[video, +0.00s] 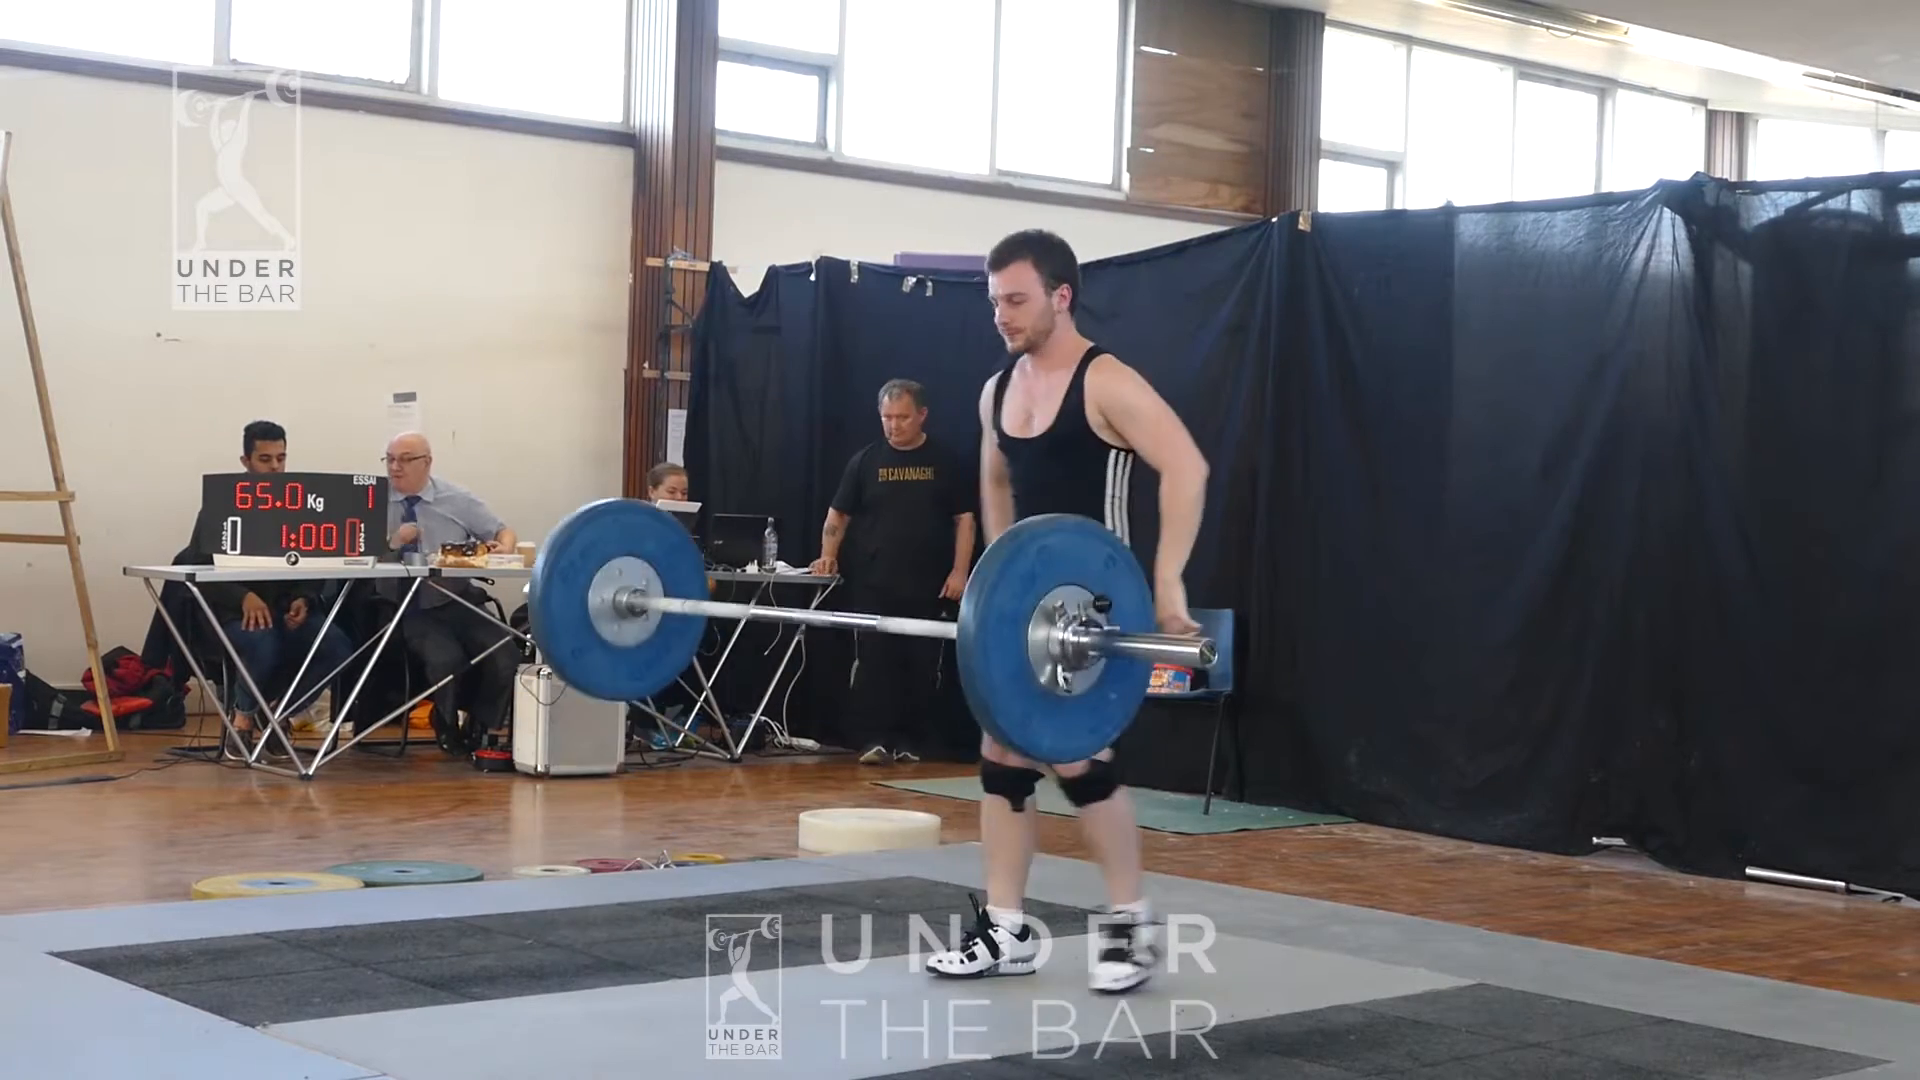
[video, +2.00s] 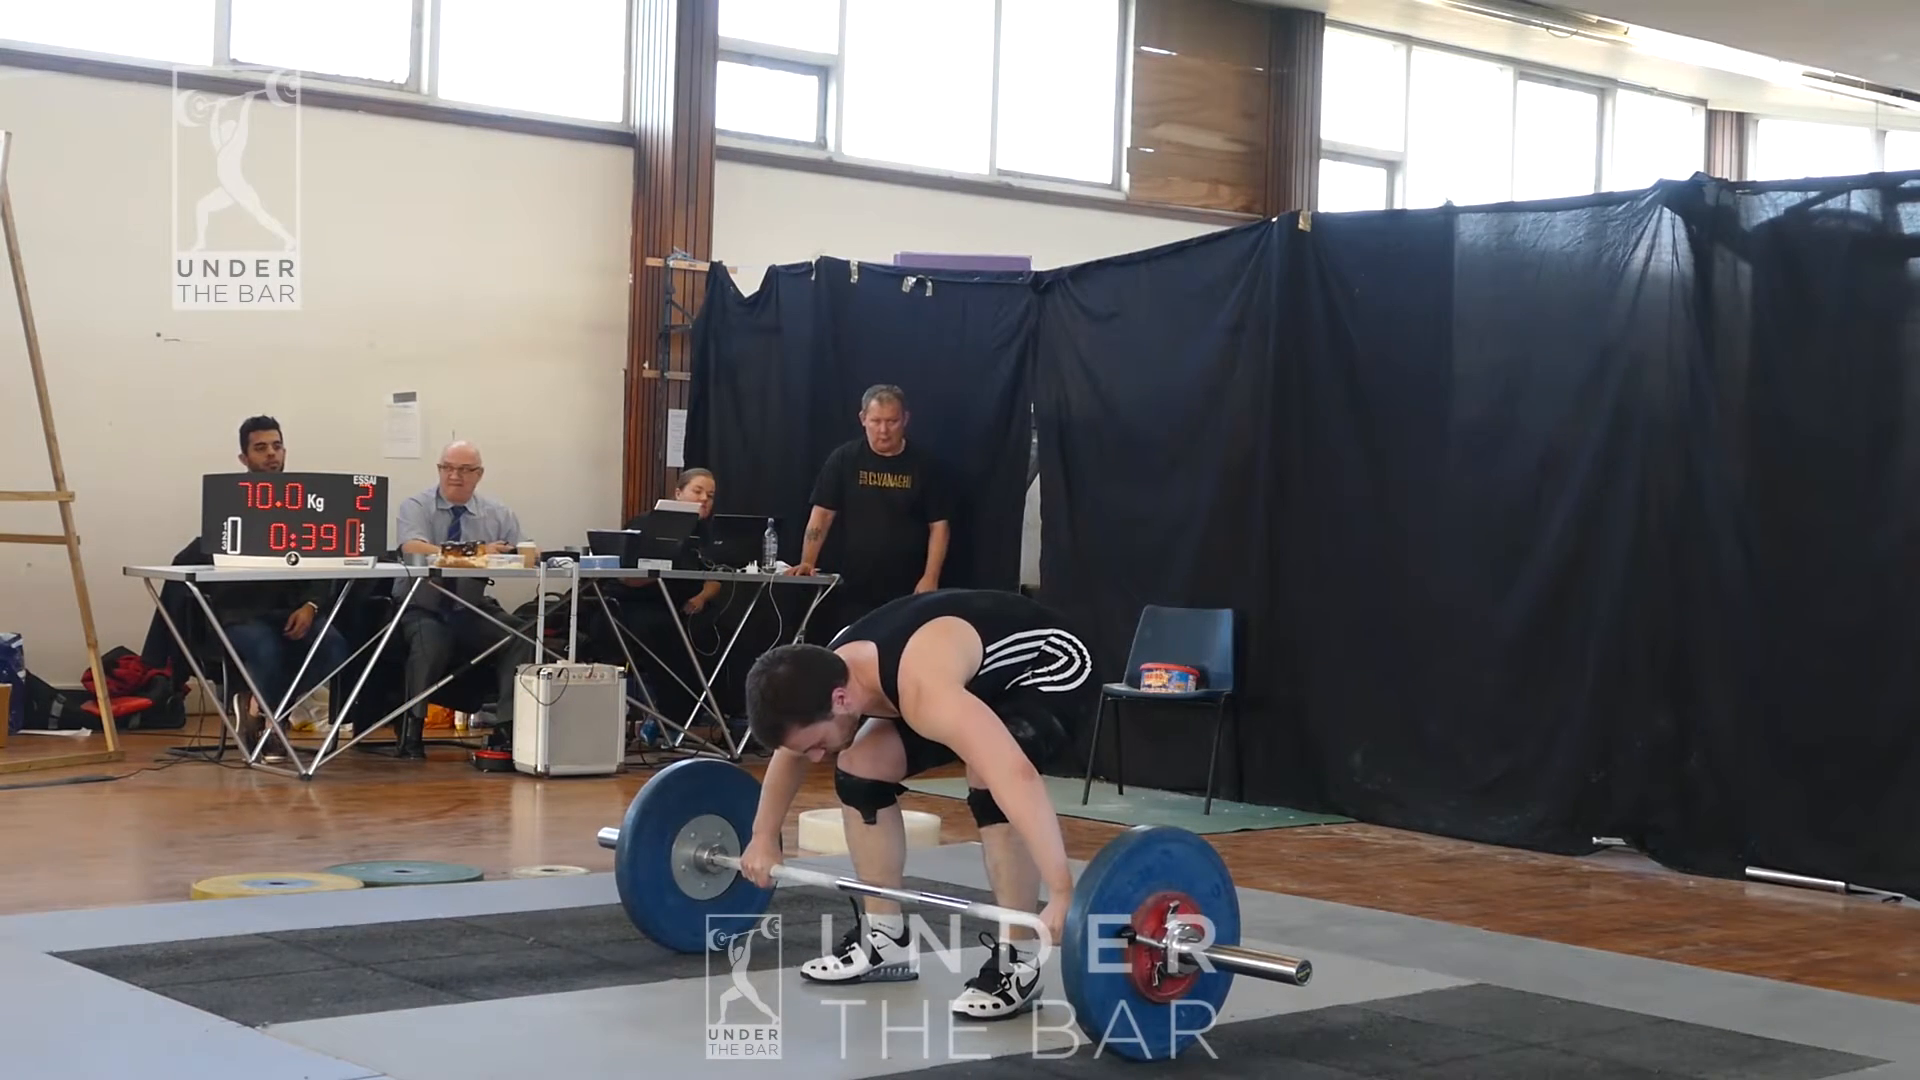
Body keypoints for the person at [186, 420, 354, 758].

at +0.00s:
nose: (275, 466)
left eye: (280, 458)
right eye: (265, 459)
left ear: (286, 458)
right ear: (246, 460)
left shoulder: (298, 499)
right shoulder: (224, 502)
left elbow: (319, 557)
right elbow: (201, 567)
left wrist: (305, 598)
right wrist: (243, 596)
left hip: (287, 607)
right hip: (237, 609)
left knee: (336, 645)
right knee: (263, 643)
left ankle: (278, 719)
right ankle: (242, 719)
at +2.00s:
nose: (272, 454)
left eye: (277, 446)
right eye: (261, 447)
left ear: (284, 451)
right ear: (244, 457)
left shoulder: (302, 497)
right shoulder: (233, 499)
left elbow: (328, 558)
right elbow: (214, 555)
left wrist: (312, 604)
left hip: (293, 608)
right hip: (244, 609)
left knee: (333, 648)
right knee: (267, 649)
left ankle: (255, 707)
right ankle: (273, 730)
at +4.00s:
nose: (273, 454)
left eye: (278, 446)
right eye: (263, 448)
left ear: (286, 451)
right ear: (246, 458)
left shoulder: (303, 497)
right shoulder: (234, 500)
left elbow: (326, 557)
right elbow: (222, 560)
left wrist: (312, 604)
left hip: (294, 607)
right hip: (245, 610)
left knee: (335, 648)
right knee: (268, 651)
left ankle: (256, 708)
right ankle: (273, 733)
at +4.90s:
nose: (274, 454)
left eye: (279, 446)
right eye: (263, 447)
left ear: (286, 451)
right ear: (247, 457)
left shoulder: (303, 497)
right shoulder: (233, 498)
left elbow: (327, 557)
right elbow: (219, 558)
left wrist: (312, 605)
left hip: (293, 606)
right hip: (244, 608)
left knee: (334, 648)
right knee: (267, 653)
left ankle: (255, 706)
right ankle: (272, 728)